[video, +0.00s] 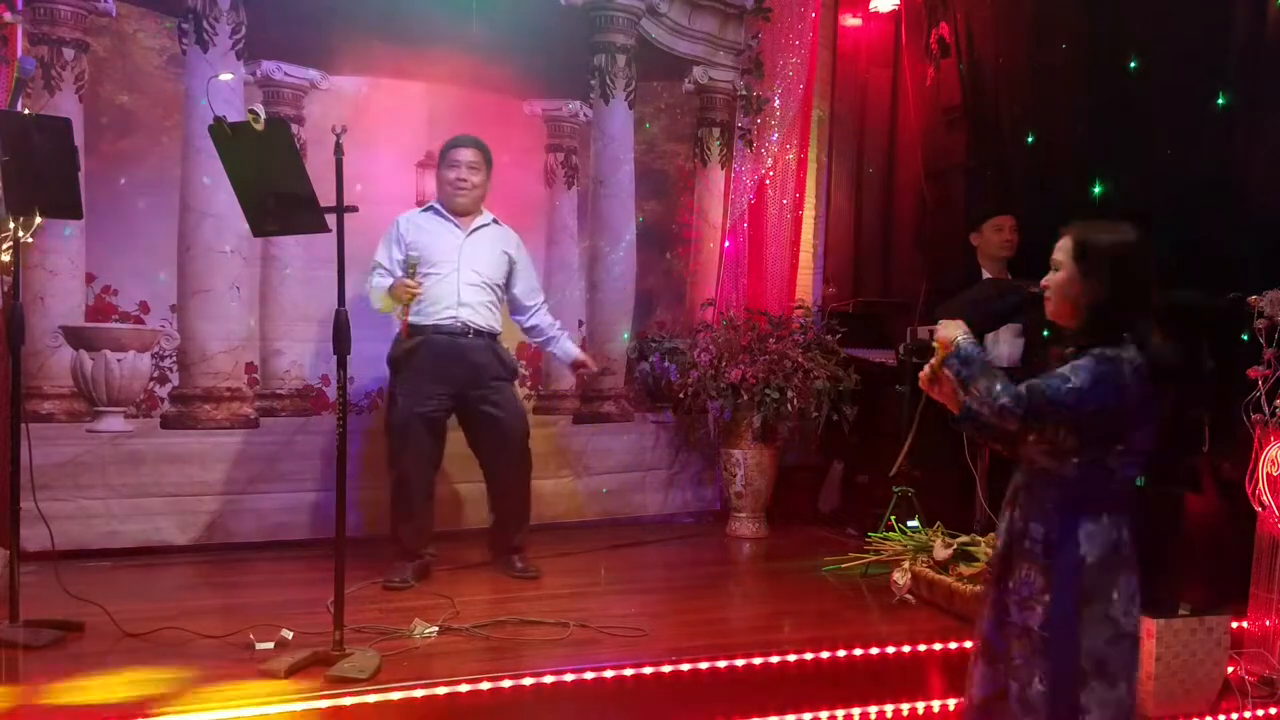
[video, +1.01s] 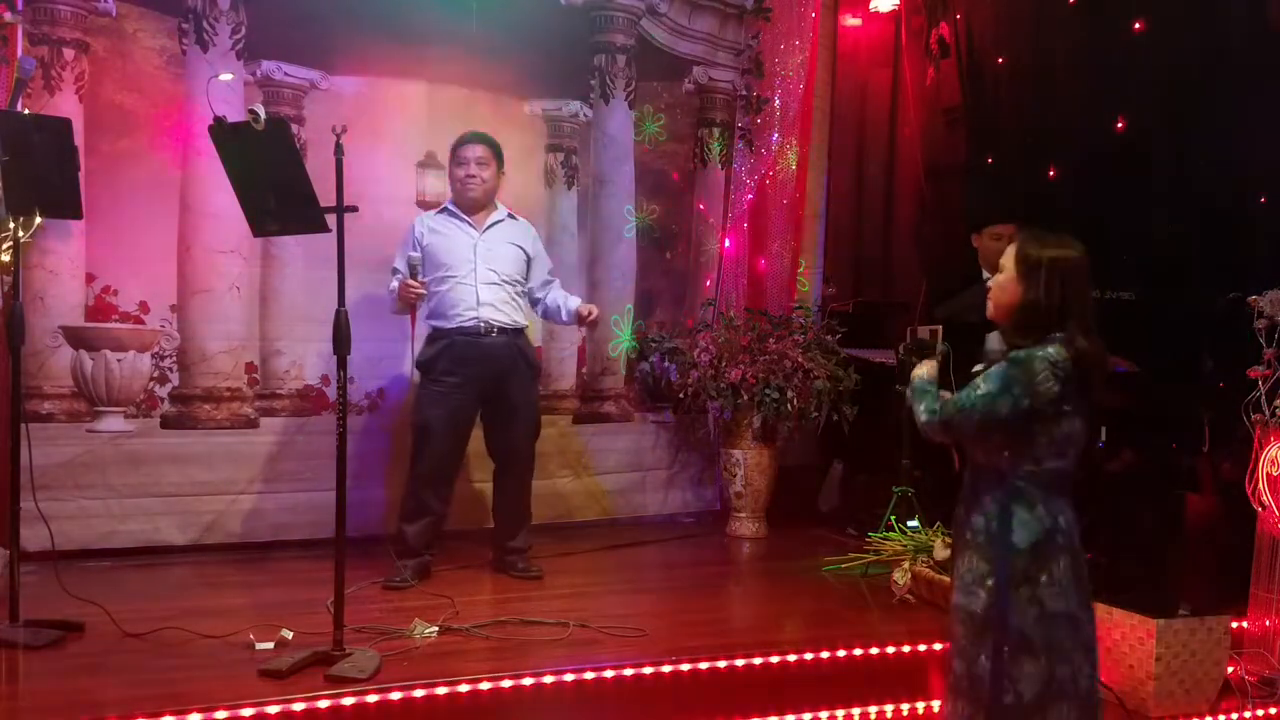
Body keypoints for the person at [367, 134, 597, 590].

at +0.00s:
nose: (462, 175)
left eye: (473, 168)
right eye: (453, 166)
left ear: (488, 179)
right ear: (438, 175)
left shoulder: (505, 239)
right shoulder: (410, 225)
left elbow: (532, 310)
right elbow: (378, 285)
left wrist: (571, 353)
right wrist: (393, 290)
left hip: (485, 353)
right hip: (424, 350)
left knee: (511, 442)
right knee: (411, 451)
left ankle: (509, 549)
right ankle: (412, 556)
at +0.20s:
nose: (453, 172)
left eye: (464, 164)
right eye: (444, 163)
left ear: (481, 175)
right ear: (430, 172)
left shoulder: (501, 234)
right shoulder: (404, 223)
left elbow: (530, 304)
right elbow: (371, 286)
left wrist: (576, 335)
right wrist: (382, 286)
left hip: (481, 350)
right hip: (420, 349)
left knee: (501, 451)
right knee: (414, 456)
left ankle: (510, 552)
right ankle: (412, 556)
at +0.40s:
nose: (452, 171)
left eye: (463, 164)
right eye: (443, 164)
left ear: (481, 175)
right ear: (431, 173)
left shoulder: (505, 234)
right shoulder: (406, 225)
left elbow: (538, 292)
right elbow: (373, 289)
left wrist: (589, 294)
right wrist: (383, 285)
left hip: (484, 351)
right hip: (423, 350)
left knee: (498, 457)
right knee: (416, 459)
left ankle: (509, 552)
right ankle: (412, 557)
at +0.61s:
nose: (455, 171)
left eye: (466, 163)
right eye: (445, 163)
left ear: (485, 174)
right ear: (434, 174)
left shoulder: (509, 232)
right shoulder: (410, 225)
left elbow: (540, 286)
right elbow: (379, 288)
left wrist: (581, 276)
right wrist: (387, 287)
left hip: (487, 351)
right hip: (426, 349)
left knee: (502, 455)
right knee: (419, 458)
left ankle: (511, 552)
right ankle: (412, 557)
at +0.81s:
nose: (460, 171)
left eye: (471, 163)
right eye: (451, 163)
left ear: (490, 174)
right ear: (439, 174)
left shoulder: (513, 231)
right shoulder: (416, 225)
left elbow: (542, 290)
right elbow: (388, 288)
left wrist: (580, 288)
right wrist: (393, 289)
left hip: (496, 352)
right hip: (435, 350)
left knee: (509, 454)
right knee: (424, 456)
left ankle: (512, 552)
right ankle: (413, 557)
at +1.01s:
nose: (470, 172)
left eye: (481, 164)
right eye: (462, 163)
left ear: (499, 174)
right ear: (450, 173)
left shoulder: (522, 231)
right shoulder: (426, 226)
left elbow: (543, 292)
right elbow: (399, 289)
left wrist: (574, 308)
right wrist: (404, 292)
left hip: (511, 353)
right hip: (449, 353)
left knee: (516, 457)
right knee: (433, 455)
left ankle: (512, 551)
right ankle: (413, 557)